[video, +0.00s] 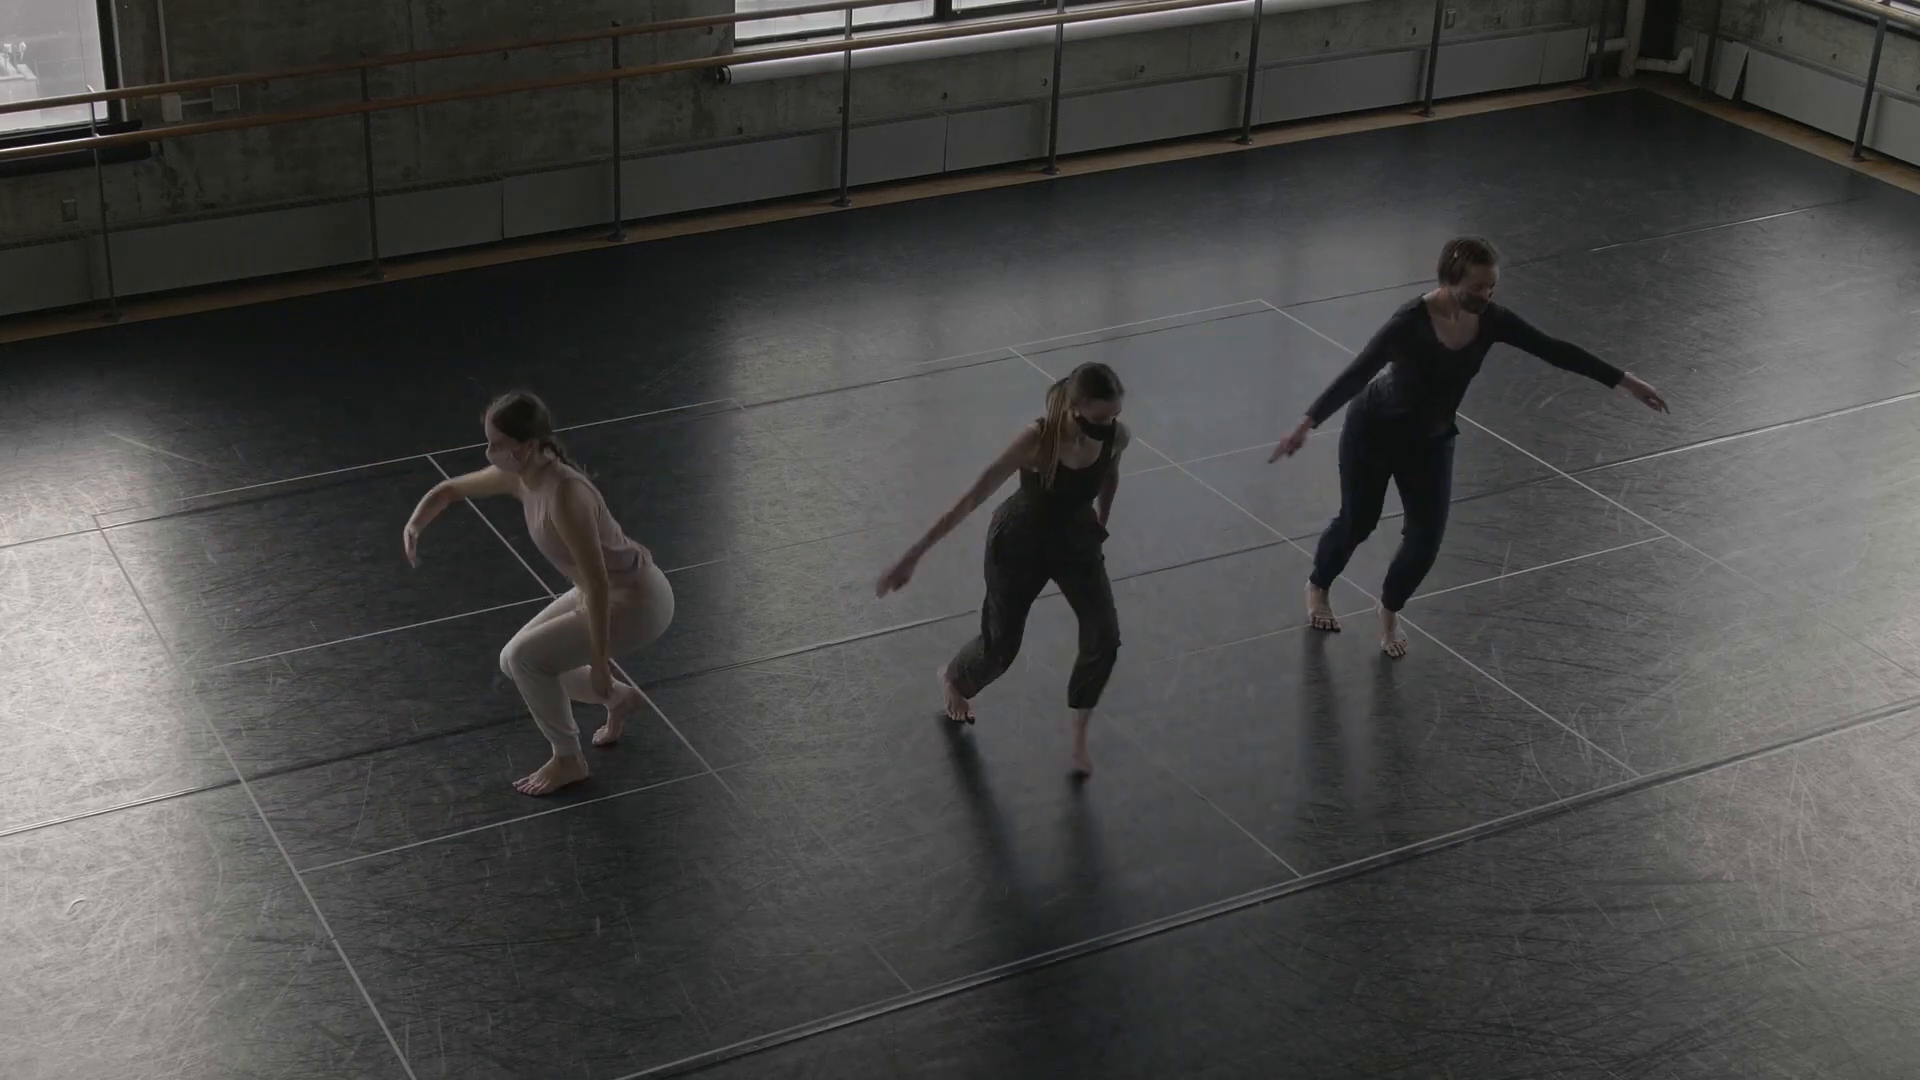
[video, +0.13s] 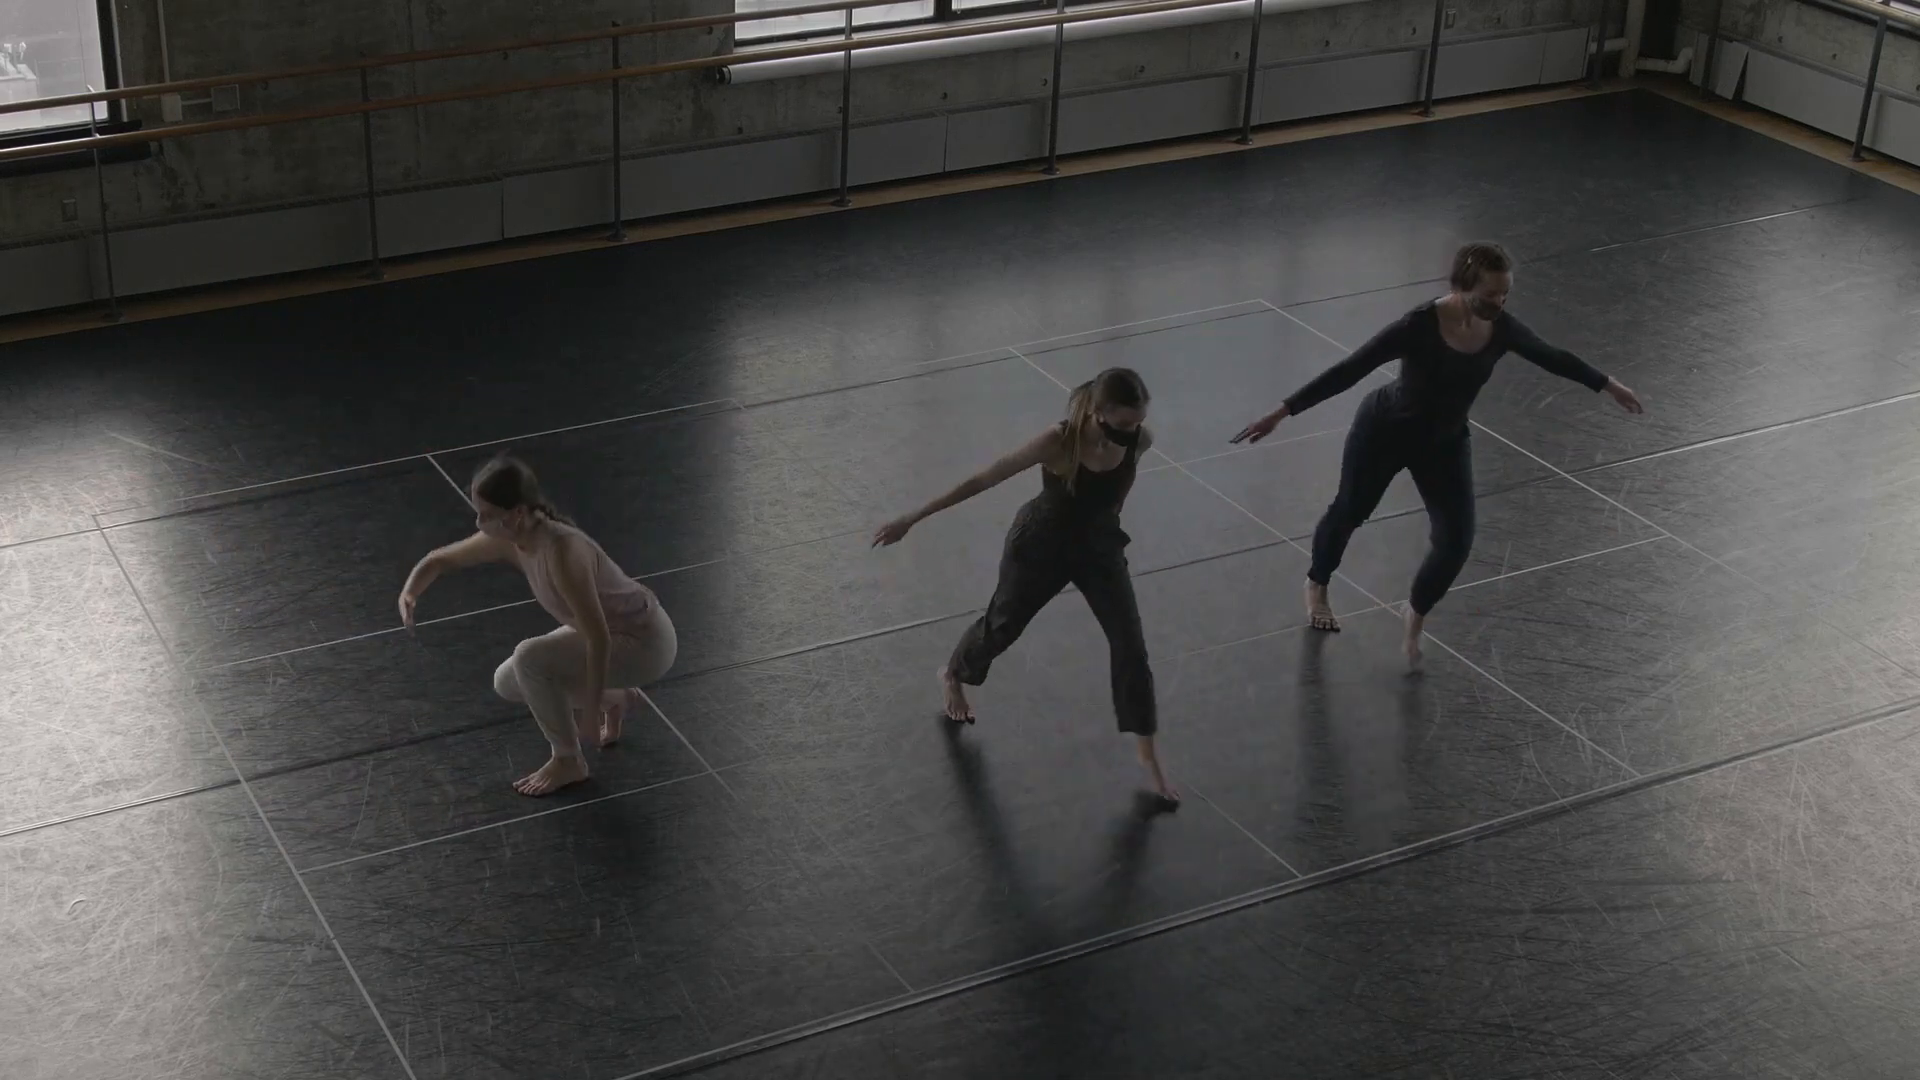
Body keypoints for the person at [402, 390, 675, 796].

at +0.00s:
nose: (488, 454)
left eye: (495, 446)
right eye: (488, 444)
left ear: (526, 448)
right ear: (520, 447)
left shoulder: (567, 497)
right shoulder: (519, 474)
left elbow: (596, 586)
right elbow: (448, 489)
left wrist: (601, 669)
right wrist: (414, 525)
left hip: (634, 606)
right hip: (598, 591)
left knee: (526, 659)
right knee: (513, 658)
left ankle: (568, 759)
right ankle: (618, 696)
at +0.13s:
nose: (479, 525)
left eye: (485, 516)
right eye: (477, 516)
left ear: (517, 515)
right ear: (513, 515)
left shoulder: (565, 551)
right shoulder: (510, 539)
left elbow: (598, 637)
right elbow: (439, 559)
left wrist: (590, 713)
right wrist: (409, 592)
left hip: (643, 643)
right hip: (602, 636)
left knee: (530, 657)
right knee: (506, 681)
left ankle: (568, 760)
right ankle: (616, 699)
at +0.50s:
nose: (443, 496)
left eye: (446, 487)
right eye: (439, 488)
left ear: (477, 479)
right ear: (474, 476)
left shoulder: (531, 510)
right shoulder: (490, 494)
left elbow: (582, 590)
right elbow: (435, 538)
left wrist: (584, 671)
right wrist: (366, 572)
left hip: (624, 591)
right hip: (597, 579)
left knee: (512, 650)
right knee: (528, 661)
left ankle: (561, 754)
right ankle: (618, 694)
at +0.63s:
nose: (437, 447)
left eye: (441, 438)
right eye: (433, 438)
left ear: (469, 429)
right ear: (467, 426)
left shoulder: (527, 462)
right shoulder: (482, 451)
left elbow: (572, 548)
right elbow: (456, 497)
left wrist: (577, 629)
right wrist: (405, 527)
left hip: (611, 561)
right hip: (574, 558)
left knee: (512, 644)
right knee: (553, 660)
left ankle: (556, 751)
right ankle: (622, 692)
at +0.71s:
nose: (434, 419)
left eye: (439, 410)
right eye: (430, 411)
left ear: (466, 398)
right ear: (464, 397)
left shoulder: (521, 437)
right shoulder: (480, 420)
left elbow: (565, 522)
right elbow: (480, 469)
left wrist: (569, 604)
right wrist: (455, 502)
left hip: (600, 543)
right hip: (563, 538)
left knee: (512, 640)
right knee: (552, 643)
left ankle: (554, 749)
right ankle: (628, 696)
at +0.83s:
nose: (432, 393)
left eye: (435, 383)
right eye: (427, 386)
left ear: (460, 369)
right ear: (459, 367)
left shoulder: (511, 414)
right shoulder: (485, 394)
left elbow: (552, 503)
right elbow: (526, 470)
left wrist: (556, 584)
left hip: (583, 525)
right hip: (572, 516)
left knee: (504, 636)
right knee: (564, 628)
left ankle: (545, 744)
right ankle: (635, 699)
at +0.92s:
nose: (428, 386)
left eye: (431, 376)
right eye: (422, 378)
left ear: (456, 362)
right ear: (455, 360)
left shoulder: (500, 411)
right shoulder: (484, 384)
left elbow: (539, 499)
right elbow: (522, 462)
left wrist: (543, 580)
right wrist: (522, 514)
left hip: (565, 520)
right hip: (568, 504)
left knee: (500, 644)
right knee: (584, 618)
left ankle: (526, 759)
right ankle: (639, 704)